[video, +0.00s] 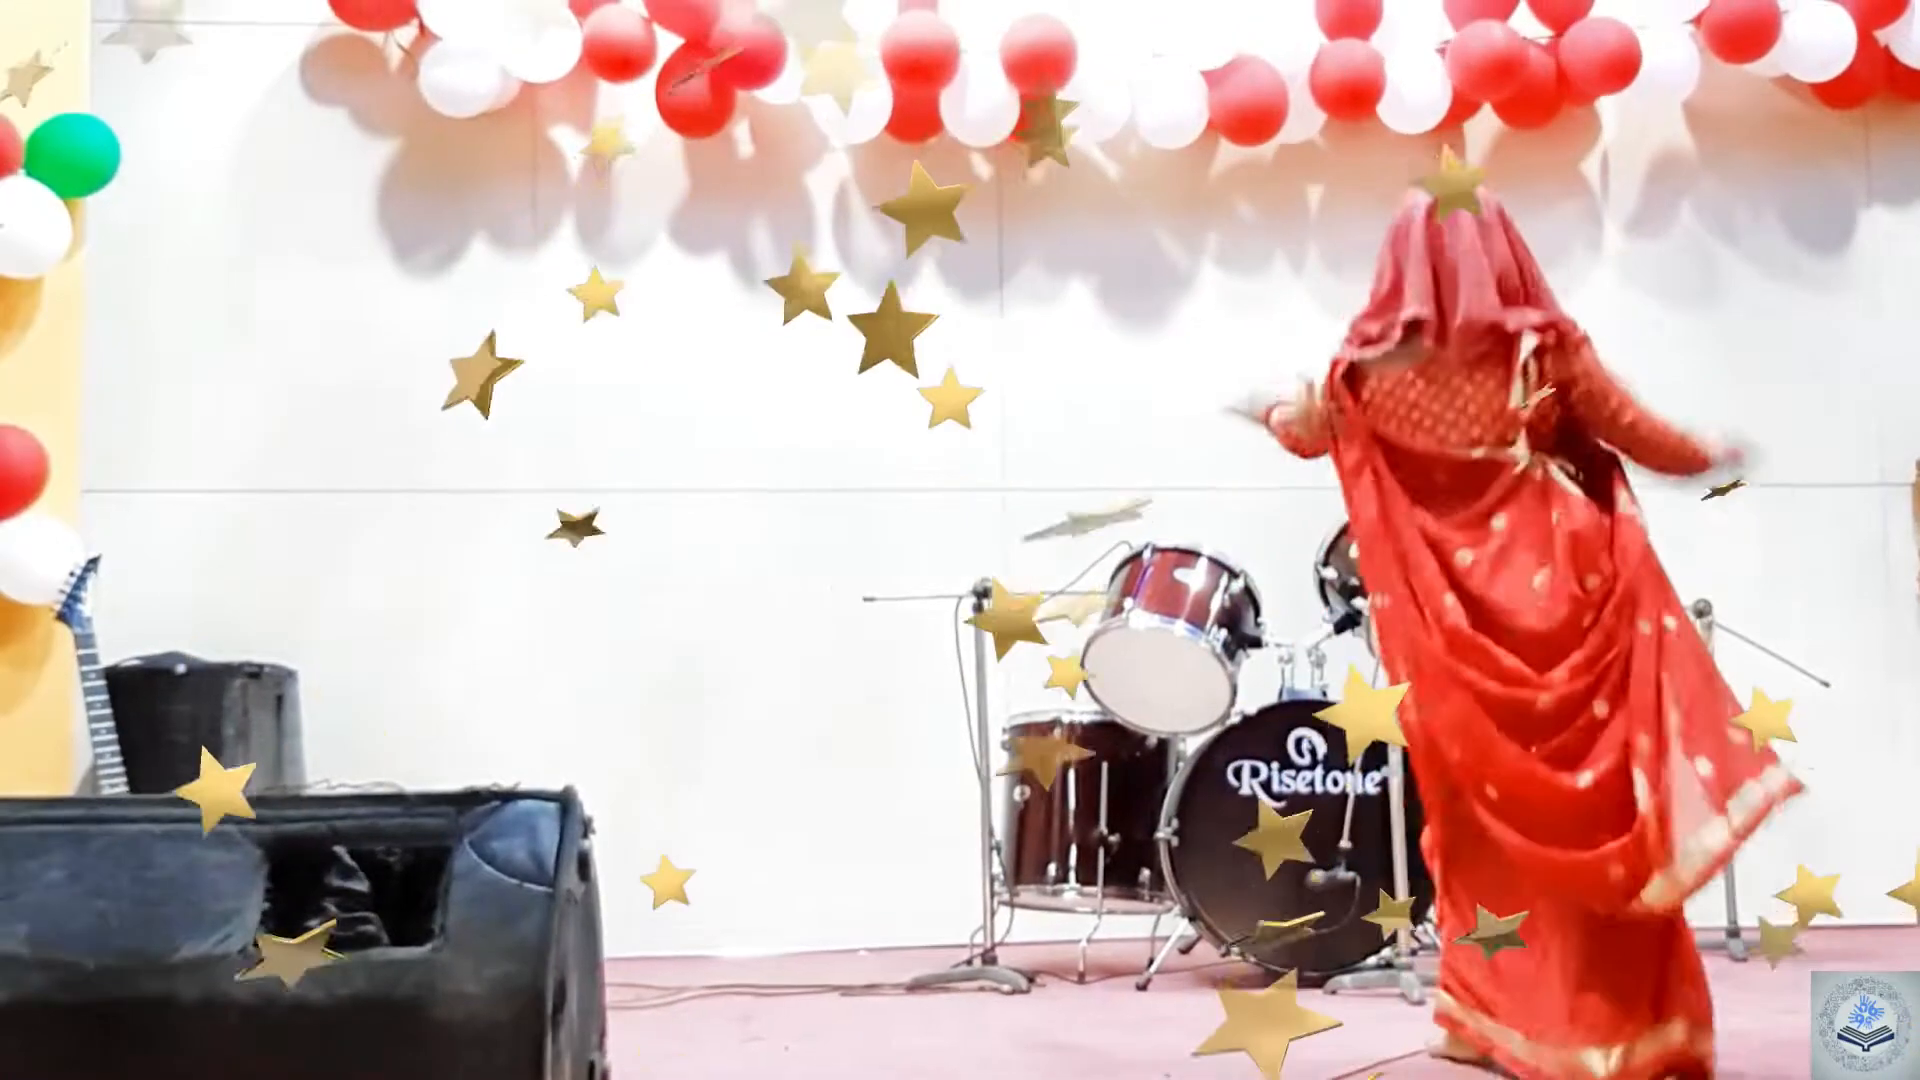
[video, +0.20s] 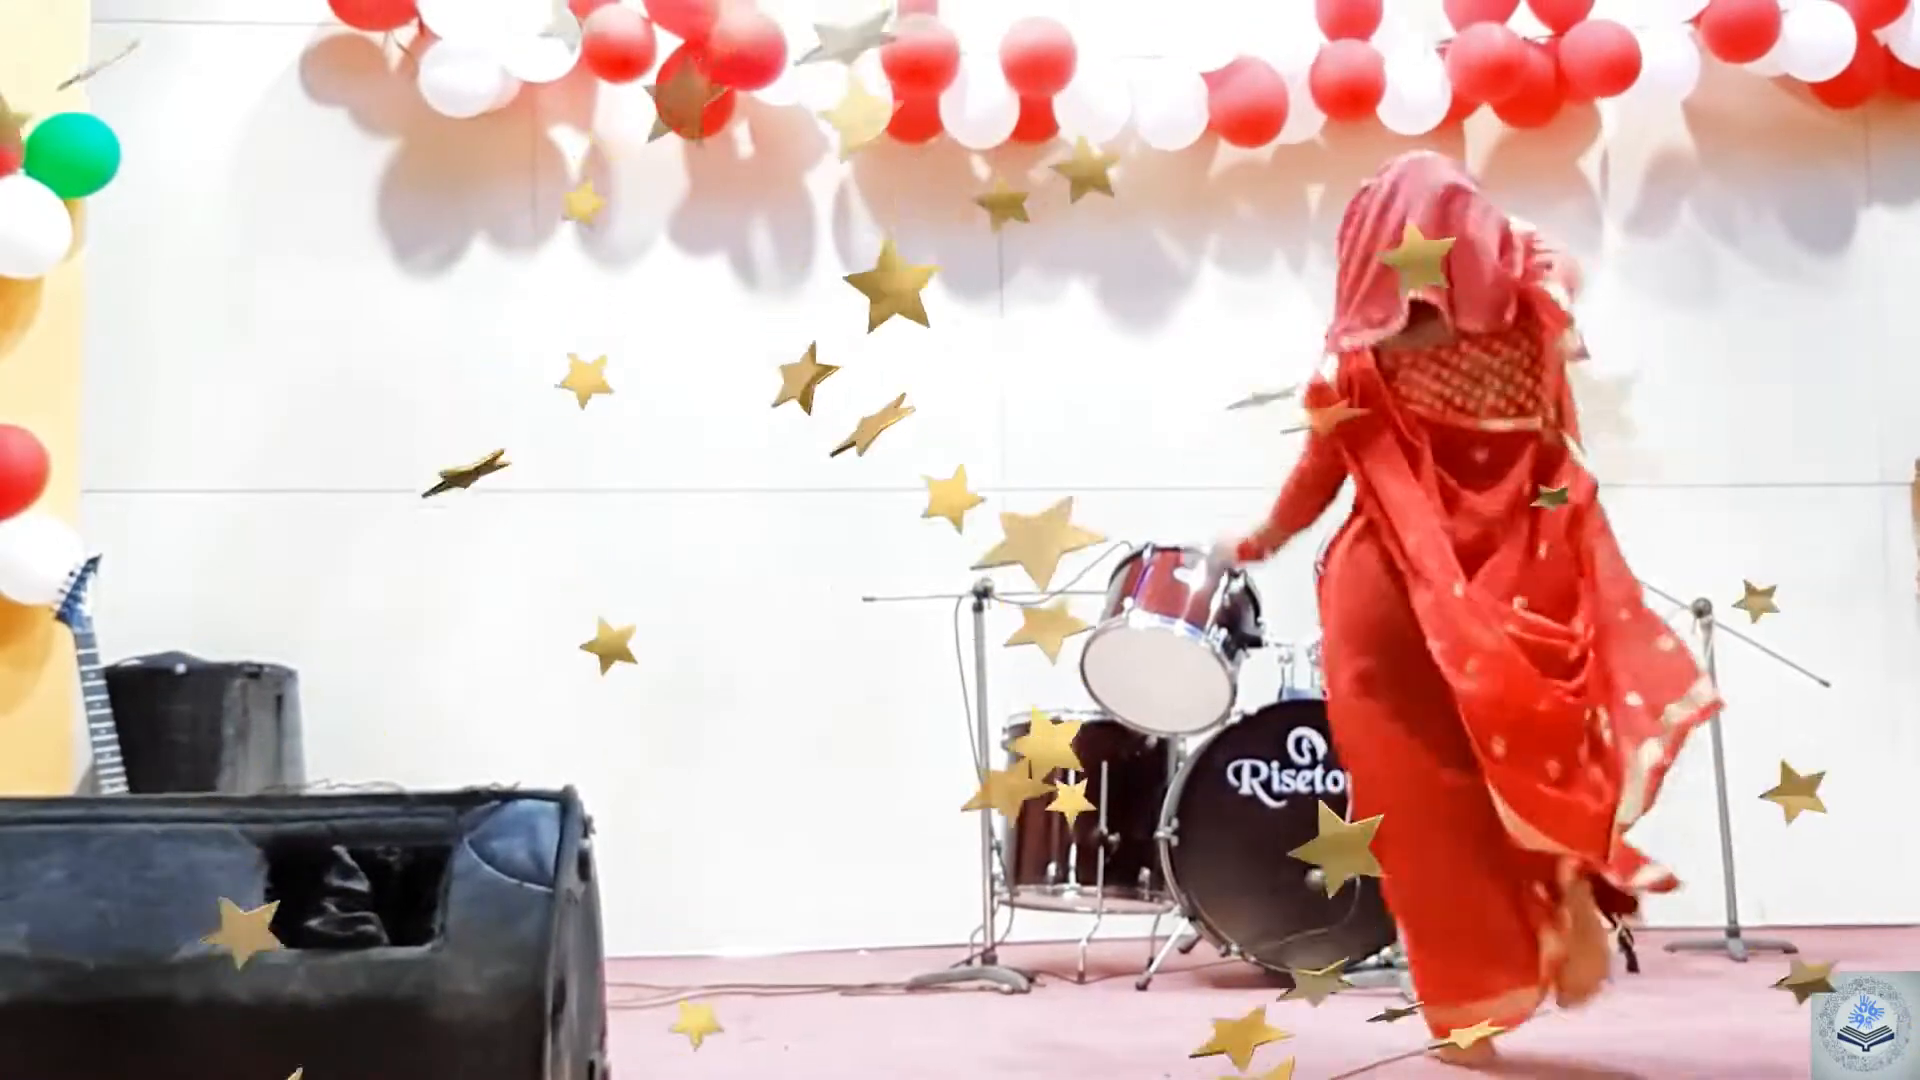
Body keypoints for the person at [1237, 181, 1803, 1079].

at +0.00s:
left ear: (1400, 264)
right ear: (1504, 259)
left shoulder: (1366, 373)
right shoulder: (1546, 352)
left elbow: (1308, 434)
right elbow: (1637, 432)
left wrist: (1273, 414)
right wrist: (1704, 458)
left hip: (1450, 629)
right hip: (1564, 614)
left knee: (1474, 827)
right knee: (1594, 817)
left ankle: (1488, 1021)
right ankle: (1619, 1028)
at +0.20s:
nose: (1417, 275)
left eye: (1412, 257)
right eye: (1416, 258)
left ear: (1370, 253)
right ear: (1484, 241)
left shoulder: (1369, 355)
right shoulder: (1535, 322)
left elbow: (1318, 468)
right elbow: (1564, 436)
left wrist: (1263, 539)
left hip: (1396, 594)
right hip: (1525, 574)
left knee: (1416, 792)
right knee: (1532, 754)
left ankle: (1460, 1008)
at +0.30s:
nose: (1354, 266)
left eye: (1361, 251)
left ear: (1369, 262)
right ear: (1474, 252)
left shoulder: (1361, 378)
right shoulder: (1521, 345)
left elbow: (1308, 503)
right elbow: (1542, 467)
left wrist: (1240, 586)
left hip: (1383, 610)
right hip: (1489, 598)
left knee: (1364, 794)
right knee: (1445, 771)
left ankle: (1459, 1013)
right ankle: (1502, 923)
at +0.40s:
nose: (1350, 246)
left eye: (1352, 229)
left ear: (1358, 238)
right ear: (1449, 237)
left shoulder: (1344, 333)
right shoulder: (1489, 330)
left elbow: (1287, 443)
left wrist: (1210, 486)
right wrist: (1319, 259)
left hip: (1373, 586)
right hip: (1464, 575)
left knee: (1364, 784)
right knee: (1390, 768)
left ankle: (1449, 1003)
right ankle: (1401, 957)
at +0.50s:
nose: (1320, 238)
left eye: (1332, 224)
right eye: (1329, 223)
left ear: (1351, 241)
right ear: (1426, 250)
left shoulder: (1325, 327)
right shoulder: (1451, 347)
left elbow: (1243, 387)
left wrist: (1179, 373)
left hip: (1358, 623)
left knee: (1344, 817)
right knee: (1281, 786)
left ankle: (1470, 976)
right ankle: (1282, 974)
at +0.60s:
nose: (1322, 286)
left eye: (1334, 272)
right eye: (1330, 271)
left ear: (1355, 284)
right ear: (1426, 298)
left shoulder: (1339, 360)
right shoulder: (1435, 406)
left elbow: (1232, 376)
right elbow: (1407, 525)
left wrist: (1174, 332)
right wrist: (1483, 567)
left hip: (1301, 625)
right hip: (1369, 630)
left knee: (1258, 810)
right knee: (1290, 810)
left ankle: (1469, 951)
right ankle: (1283, 993)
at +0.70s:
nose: (1333, 299)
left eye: (1342, 286)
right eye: (1339, 285)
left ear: (1365, 293)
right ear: (1428, 300)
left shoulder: (1364, 376)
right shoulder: (1425, 401)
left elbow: (1276, 407)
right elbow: (1333, 486)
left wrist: (1175, 383)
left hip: (1304, 621)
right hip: (1354, 621)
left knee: (1231, 795)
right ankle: (1276, 997)